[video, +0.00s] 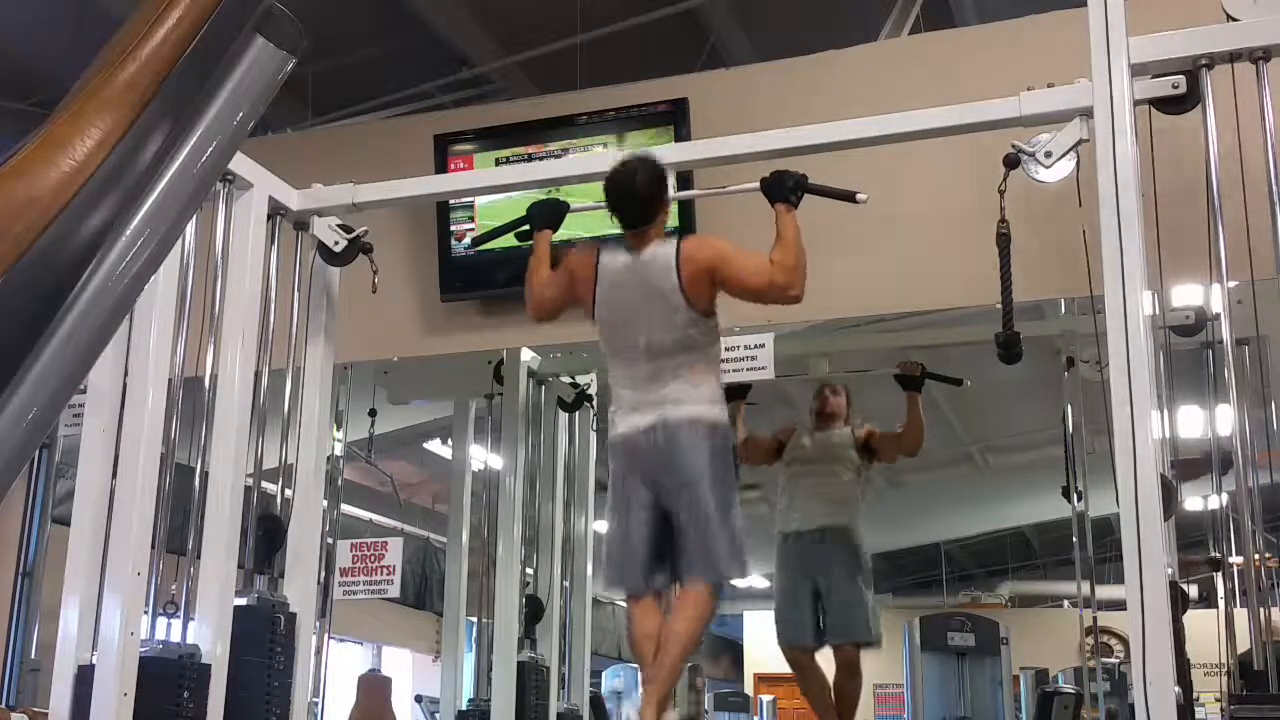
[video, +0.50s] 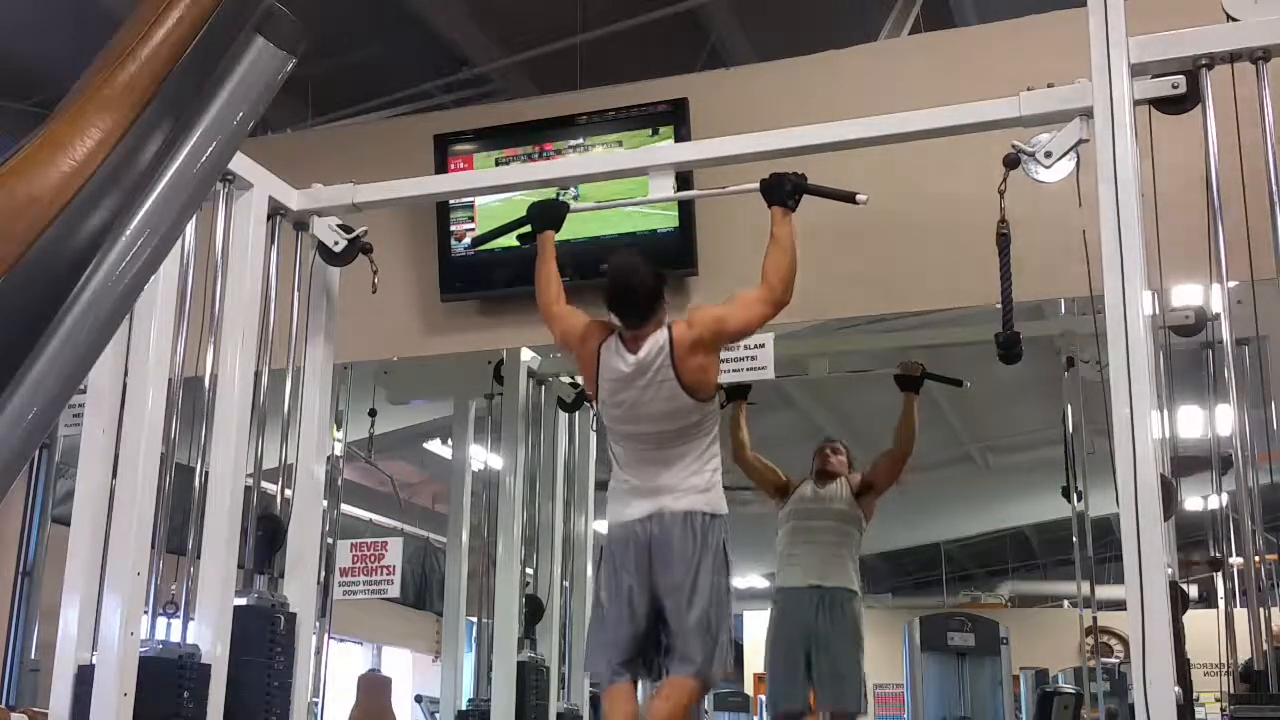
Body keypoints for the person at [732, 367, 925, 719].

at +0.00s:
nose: (826, 396)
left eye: (835, 393)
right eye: (821, 393)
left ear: (847, 408)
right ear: (812, 407)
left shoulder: (859, 437)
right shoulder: (792, 438)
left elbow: (909, 443)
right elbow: (744, 451)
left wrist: (913, 392)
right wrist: (736, 404)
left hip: (840, 546)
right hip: (792, 548)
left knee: (846, 650)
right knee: (795, 650)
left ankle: (845, 716)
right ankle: (831, 716)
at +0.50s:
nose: (828, 452)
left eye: (837, 451)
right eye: (822, 450)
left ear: (848, 466)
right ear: (812, 465)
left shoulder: (860, 490)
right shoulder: (788, 490)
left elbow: (901, 452)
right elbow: (744, 455)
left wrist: (910, 395)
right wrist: (738, 403)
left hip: (840, 602)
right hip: (789, 601)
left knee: (842, 707)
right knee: (787, 706)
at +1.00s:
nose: (830, 360)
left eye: (837, 358)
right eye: (823, 358)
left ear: (846, 375)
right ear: (811, 373)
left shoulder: (863, 406)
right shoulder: (789, 408)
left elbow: (906, 444)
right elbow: (747, 449)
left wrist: (912, 393)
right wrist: (737, 401)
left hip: (845, 507)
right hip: (797, 509)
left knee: (850, 617)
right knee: (794, 612)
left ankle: (835, 711)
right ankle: (837, 708)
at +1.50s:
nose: (827, 459)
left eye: (836, 457)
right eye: (821, 457)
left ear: (847, 471)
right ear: (811, 470)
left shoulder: (859, 495)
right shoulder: (787, 493)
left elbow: (903, 451)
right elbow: (743, 458)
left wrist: (909, 395)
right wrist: (737, 401)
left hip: (840, 606)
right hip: (788, 606)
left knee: (845, 705)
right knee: (782, 703)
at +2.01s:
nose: (822, 384)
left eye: (831, 378)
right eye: (816, 380)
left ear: (846, 390)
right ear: (809, 391)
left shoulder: (863, 421)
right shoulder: (789, 423)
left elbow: (909, 446)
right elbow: (741, 453)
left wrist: (912, 393)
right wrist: (737, 404)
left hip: (843, 523)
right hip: (794, 524)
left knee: (846, 628)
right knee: (789, 627)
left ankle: (832, 714)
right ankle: (825, 712)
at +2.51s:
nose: (827, 442)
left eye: (835, 438)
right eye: (821, 438)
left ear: (849, 450)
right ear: (812, 450)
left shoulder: (859, 478)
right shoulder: (790, 478)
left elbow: (907, 450)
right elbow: (740, 456)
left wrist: (911, 394)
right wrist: (735, 401)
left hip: (842, 587)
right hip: (792, 588)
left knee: (855, 694)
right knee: (791, 696)